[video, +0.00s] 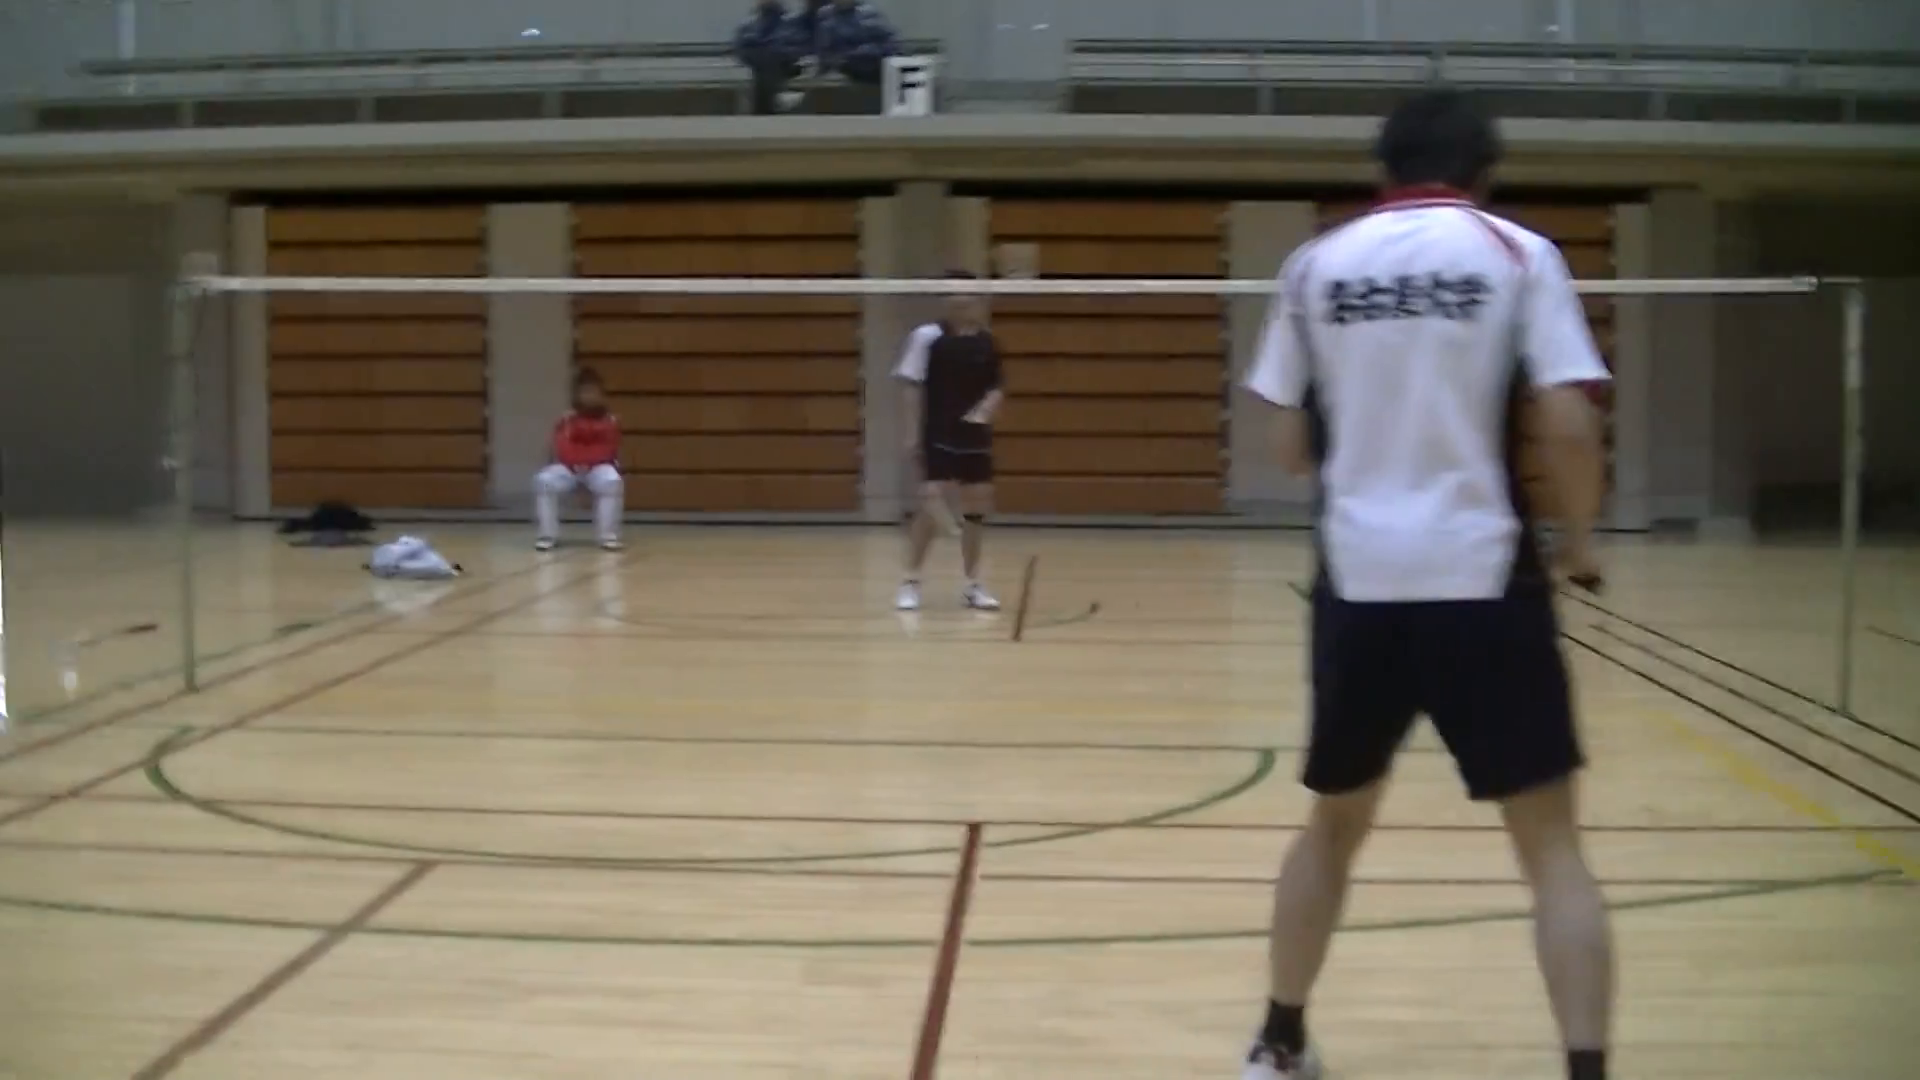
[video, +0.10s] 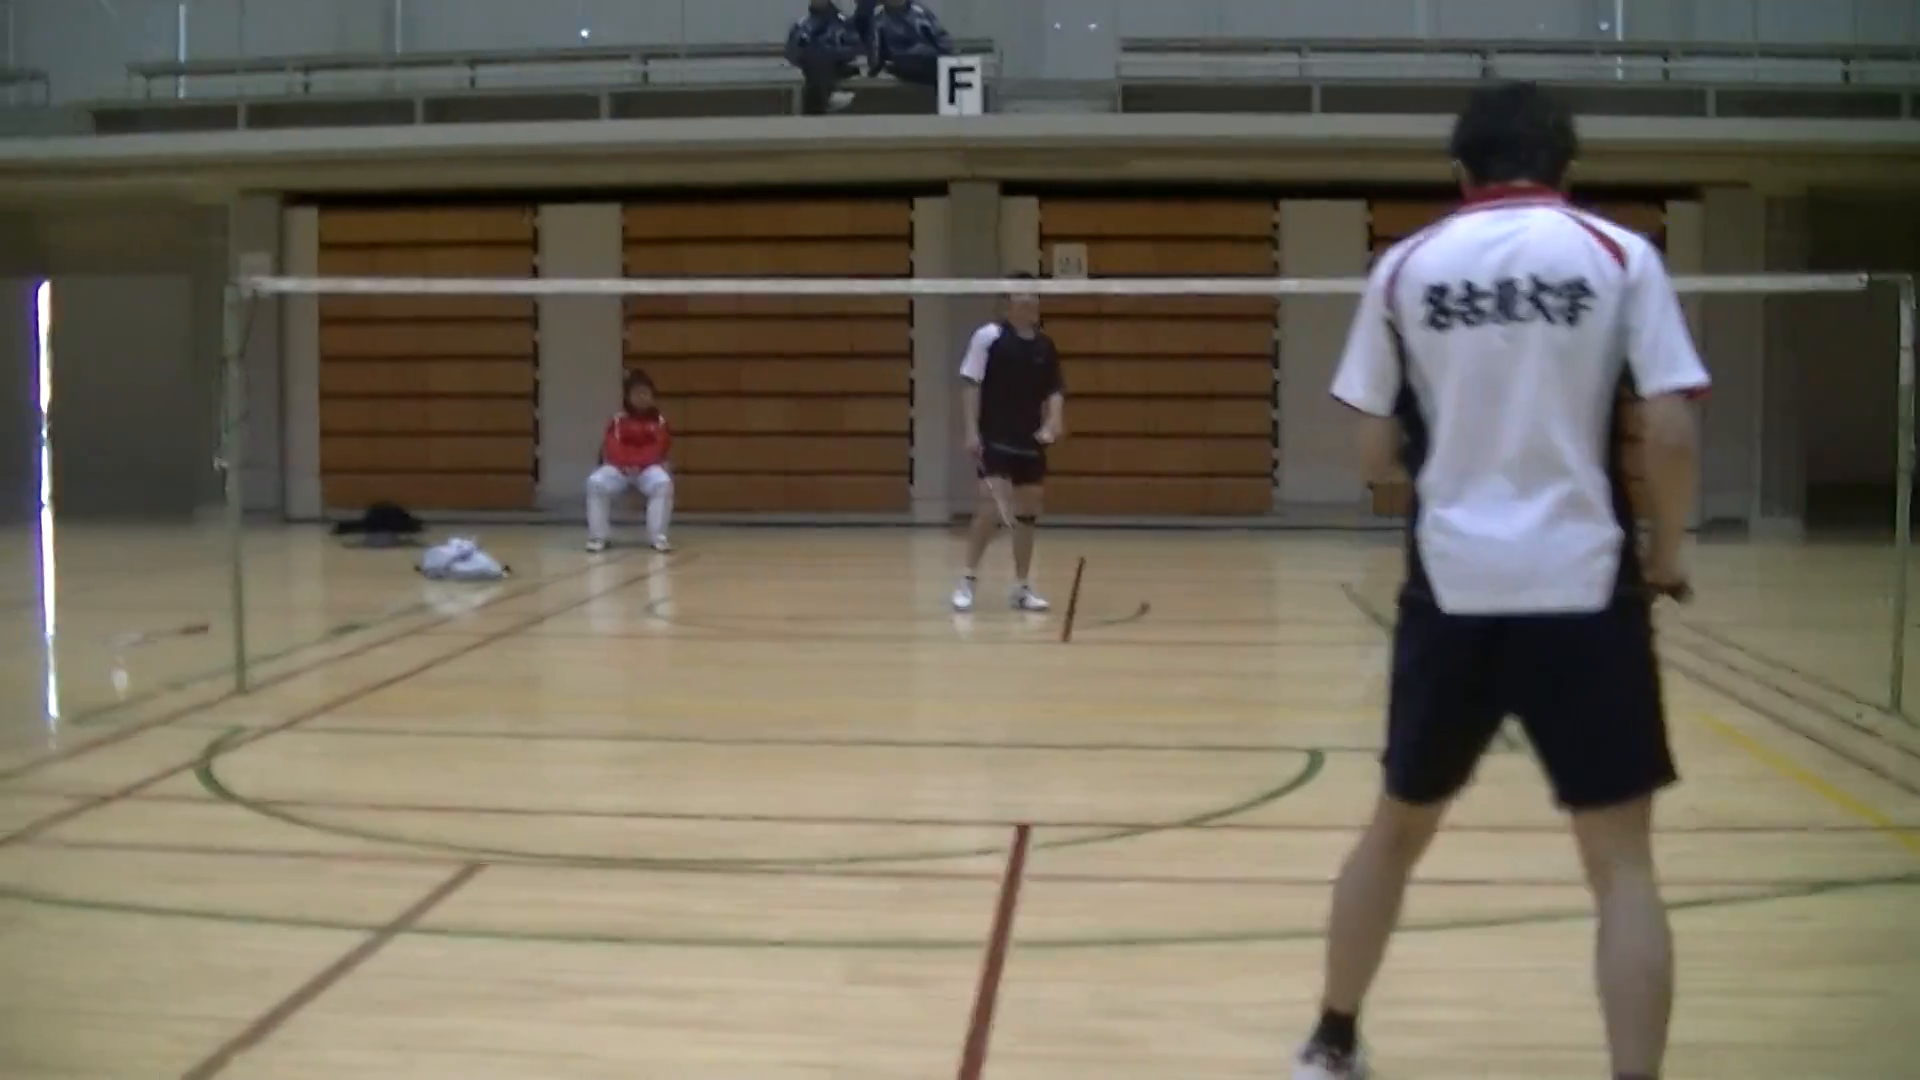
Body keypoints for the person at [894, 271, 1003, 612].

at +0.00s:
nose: (965, 307)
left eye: (971, 300)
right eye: (958, 300)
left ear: (980, 303)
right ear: (945, 303)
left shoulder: (984, 341)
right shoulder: (927, 337)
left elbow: (996, 386)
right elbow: (910, 388)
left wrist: (985, 409)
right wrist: (911, 436)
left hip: (974, 436)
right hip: (937, 435)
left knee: (976, 511)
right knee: (931, 507)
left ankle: (973, 583)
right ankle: (911, 581)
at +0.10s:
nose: (1029, 307)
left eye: (1032, 301)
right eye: (1022, 301)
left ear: (1039, 304)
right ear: (1008, 304)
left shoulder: (1044, 345)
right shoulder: (988, 337)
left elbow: (1054, 390)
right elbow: (970, 385)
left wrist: (1051, 425)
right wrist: (971, 433)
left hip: (1030, 439)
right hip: (994, 437)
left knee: (1028, 515)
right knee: (993, 510)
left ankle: (1022, 586)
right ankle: (968, 579)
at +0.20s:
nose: (1058, 306)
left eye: (1063, 301)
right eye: (1052, 300)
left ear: (1069, 308)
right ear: (1039, 304)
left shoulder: (1071, 352)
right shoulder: (1017, 340)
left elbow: (1083, 401)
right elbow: (999, 388)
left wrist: (1091, 443)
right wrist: (999, 434)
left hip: (1056, 445)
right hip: (1021, 442)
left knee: (1051, 520)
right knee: (1019, 514)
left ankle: (1045, 592)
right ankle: (1003, 588)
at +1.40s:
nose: (1036, 353)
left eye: (1041, 348)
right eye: (1030, 347)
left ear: (1049, 350)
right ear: (1019, 349)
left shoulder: (1058, 390)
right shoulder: (1000, 385)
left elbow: (1064, 439)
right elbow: (984, 438)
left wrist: (1068, 472)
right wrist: (987, 487)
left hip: (1048, 489)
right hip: (1009, 489)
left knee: (1065, 553)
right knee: (1006, 563)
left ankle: (1048, 631)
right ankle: (1002, 641)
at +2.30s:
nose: (1068, 361)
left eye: (1073, 356)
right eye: (1062, 354)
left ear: (1079, 361)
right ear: (1048, 356)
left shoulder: (1081, 398)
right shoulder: (1025, 387)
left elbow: (1101, 436)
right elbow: (997, 431)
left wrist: (1116, 442)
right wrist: (985, 474)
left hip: (1066, 495)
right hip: (1032, 492)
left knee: (1053, 568)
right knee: (1028, 565)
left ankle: (1041, 637)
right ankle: (1024, 642)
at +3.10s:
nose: (1060, 352)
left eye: (1066, 347)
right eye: (1054, 345)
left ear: (1070, 353)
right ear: (1039, 348)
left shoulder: (1073, 394)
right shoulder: (1015, 379)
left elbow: (1099, 418)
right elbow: (967, 392)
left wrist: (1105, 425)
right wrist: (977, 418)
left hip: (1062, 491)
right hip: (1024, 489)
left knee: (1074, 562)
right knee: (1028, 566)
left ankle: (1059, 622)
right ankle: (1026, 646)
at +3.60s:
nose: (1068, 353)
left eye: (1073, 347)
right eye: (1061, 347)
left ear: (1079, 350)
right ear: (1047, 348)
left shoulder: (1083, 392)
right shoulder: (1028, 382)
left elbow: (1094, 442)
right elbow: (1000, 424)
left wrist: (1111, 445)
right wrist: (992, 462)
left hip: (1072, 488)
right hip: (1036, 488)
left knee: (1094, 554)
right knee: (1035, 565)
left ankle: (1072, 617)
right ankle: (1027, 646)